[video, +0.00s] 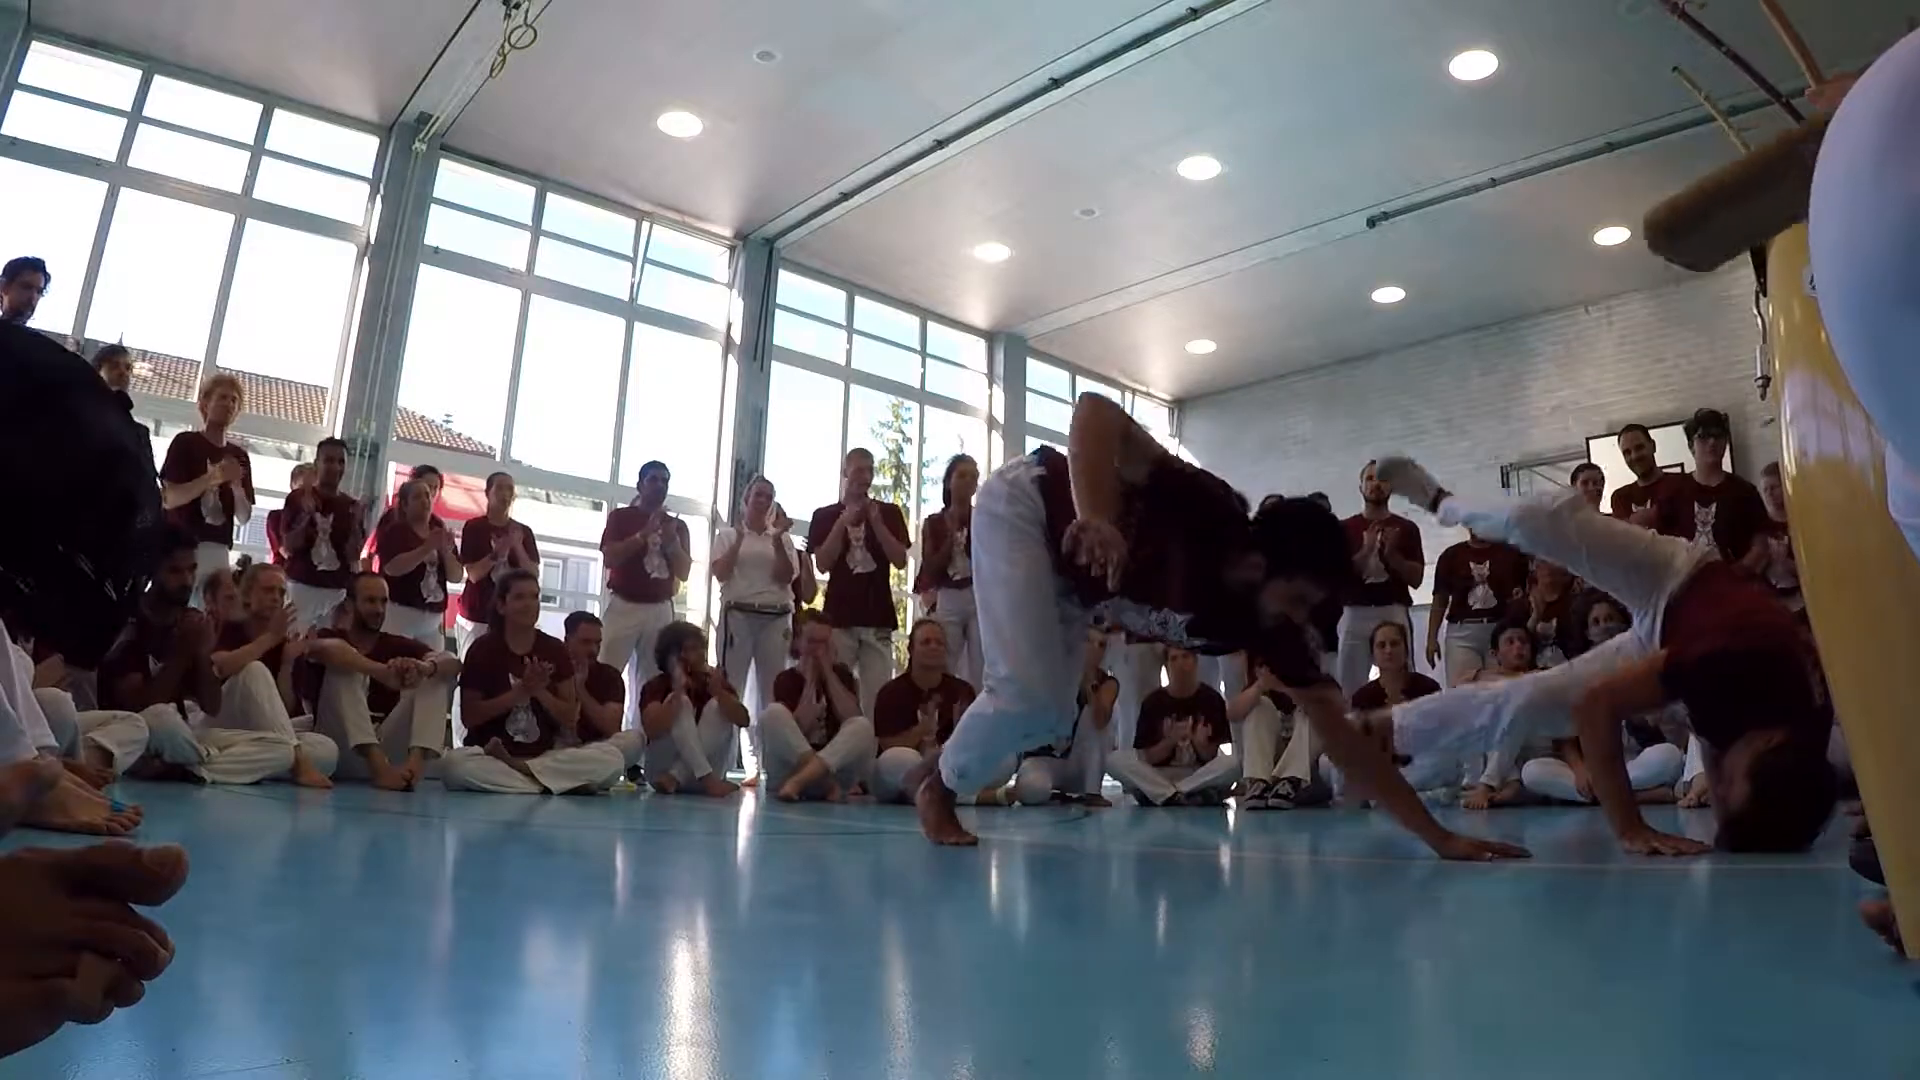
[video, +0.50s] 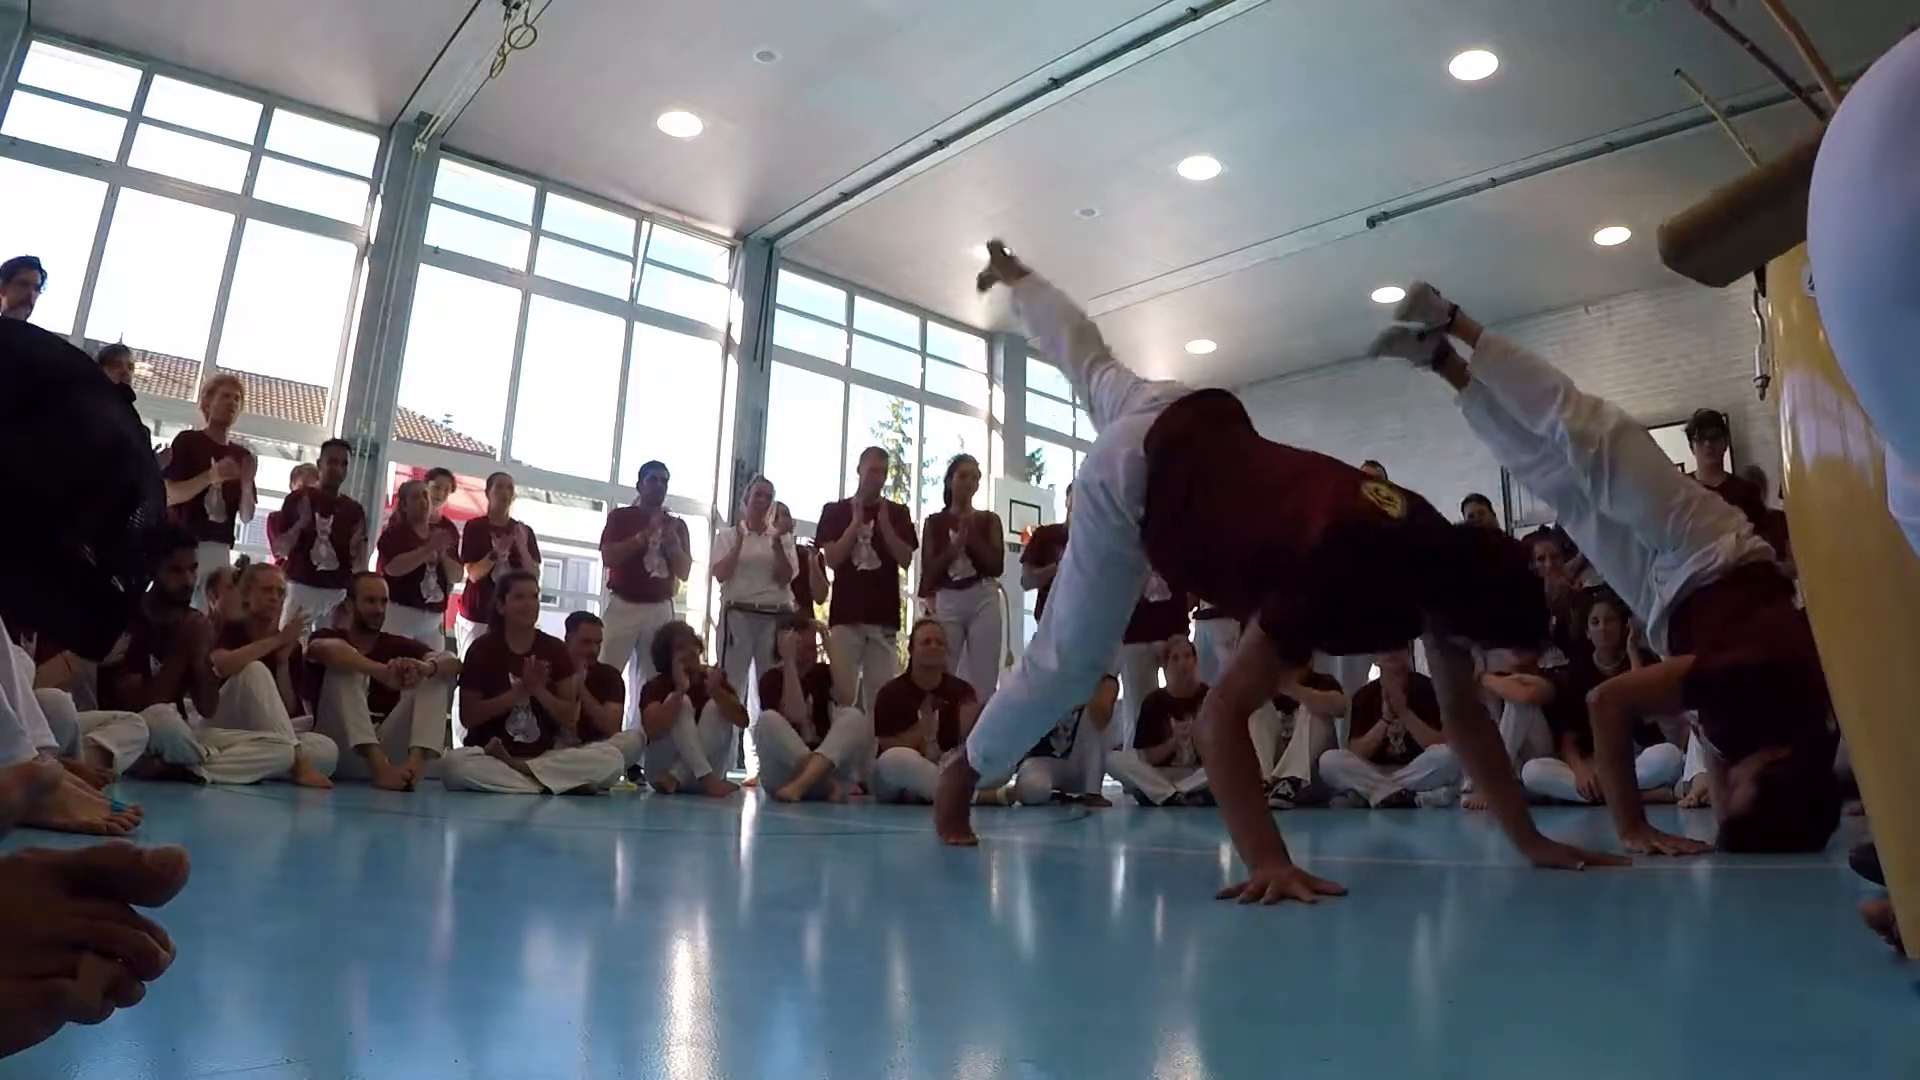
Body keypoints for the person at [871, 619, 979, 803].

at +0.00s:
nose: (933, 648)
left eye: (939, 643)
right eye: (925, 643)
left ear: (946, 650)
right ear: (910, 650)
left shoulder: (963, 691)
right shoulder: (891, 692)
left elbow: (972, 742)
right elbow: (886, 745)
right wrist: (921, 730)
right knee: (895, 758)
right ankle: (987, 797)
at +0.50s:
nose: (934, 647)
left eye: (939, 643)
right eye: (926, 643)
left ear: (946, 650)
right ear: (911, 651)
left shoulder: (962, 690)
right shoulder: (891, 693)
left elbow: (971, 743)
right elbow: (889, 748)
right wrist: (922, 729)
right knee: (895, 759)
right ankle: (976, 796)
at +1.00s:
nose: (934, 647)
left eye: (939, 642)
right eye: (926, 642)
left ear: (947, 650)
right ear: (911, 650)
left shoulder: (961, 690)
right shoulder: (891, 692)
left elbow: (972, 747)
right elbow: (886, 747)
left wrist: (951, 723)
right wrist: (925, 735)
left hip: (952, 769)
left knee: (1005, 757)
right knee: (895, 759)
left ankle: (932, 793)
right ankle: (975, 797)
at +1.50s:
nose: (933, 647)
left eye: (939, 642)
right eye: (926, 642)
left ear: (946, 650)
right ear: (911, 649)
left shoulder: (961, 690)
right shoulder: (891, 693)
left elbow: (972, 749)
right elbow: (885, 746)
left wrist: (960, 726)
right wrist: (923, 731)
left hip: (952, 767)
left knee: (1006, 758)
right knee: (894, 759)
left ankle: (932, 792)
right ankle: (975, 797)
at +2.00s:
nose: (934, 647)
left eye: (940, 643)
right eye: (926, 642)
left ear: (946, 651)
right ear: (911, 650)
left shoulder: (962, 690)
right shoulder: (891, 692)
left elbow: (972, 748)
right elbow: (887, 747)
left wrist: (958, 729)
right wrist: (922, 729)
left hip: (950, 767)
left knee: (1006, 758)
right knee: (895, 759)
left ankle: (934, 792)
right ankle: (974, 797)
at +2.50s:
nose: (934, 647)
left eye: (939, 643)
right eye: (926, 642)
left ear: (946, 651)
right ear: (911, 650)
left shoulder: (962, 690)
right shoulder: (891, 692)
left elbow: (971, 749)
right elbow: (886, 748)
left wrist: (959, 723)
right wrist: (920, 727)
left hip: (950, 768)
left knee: (1006, 758)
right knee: (895, 759)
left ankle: (932, 793)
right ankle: (974, 797)